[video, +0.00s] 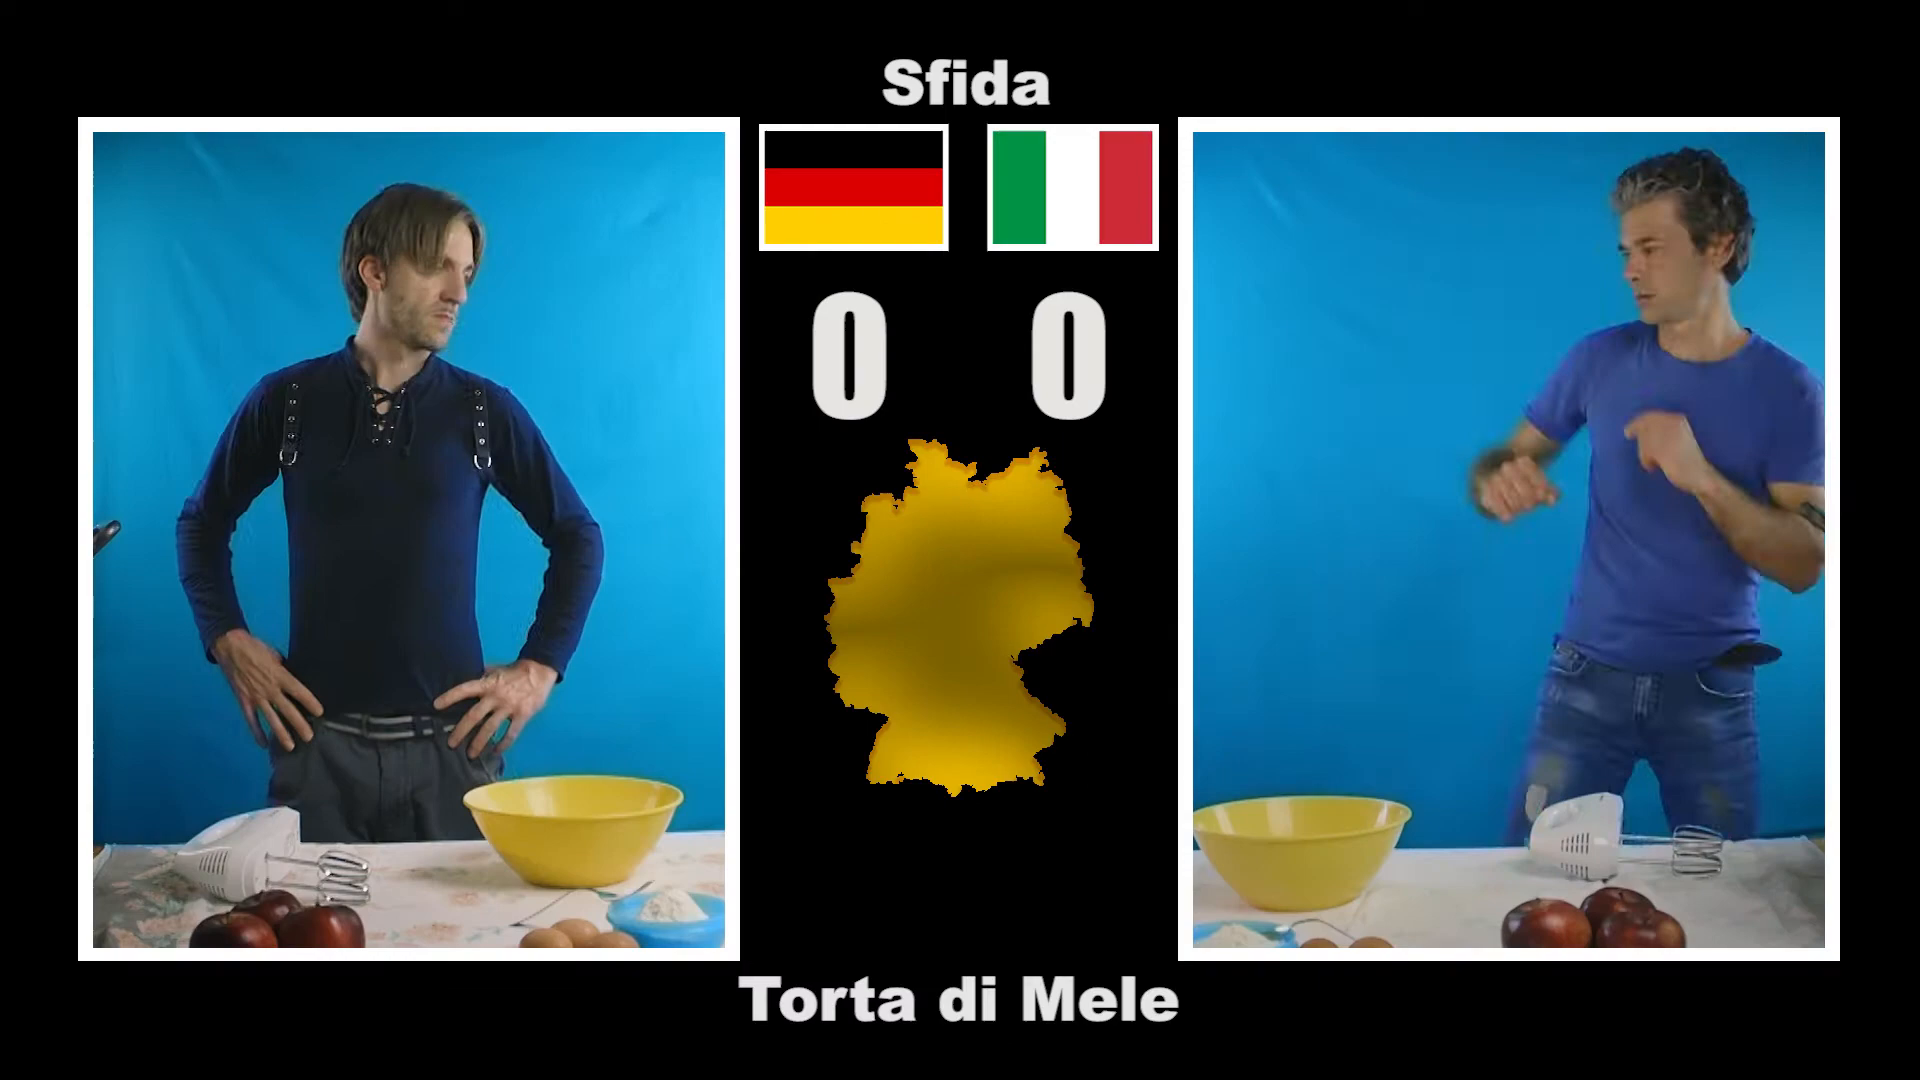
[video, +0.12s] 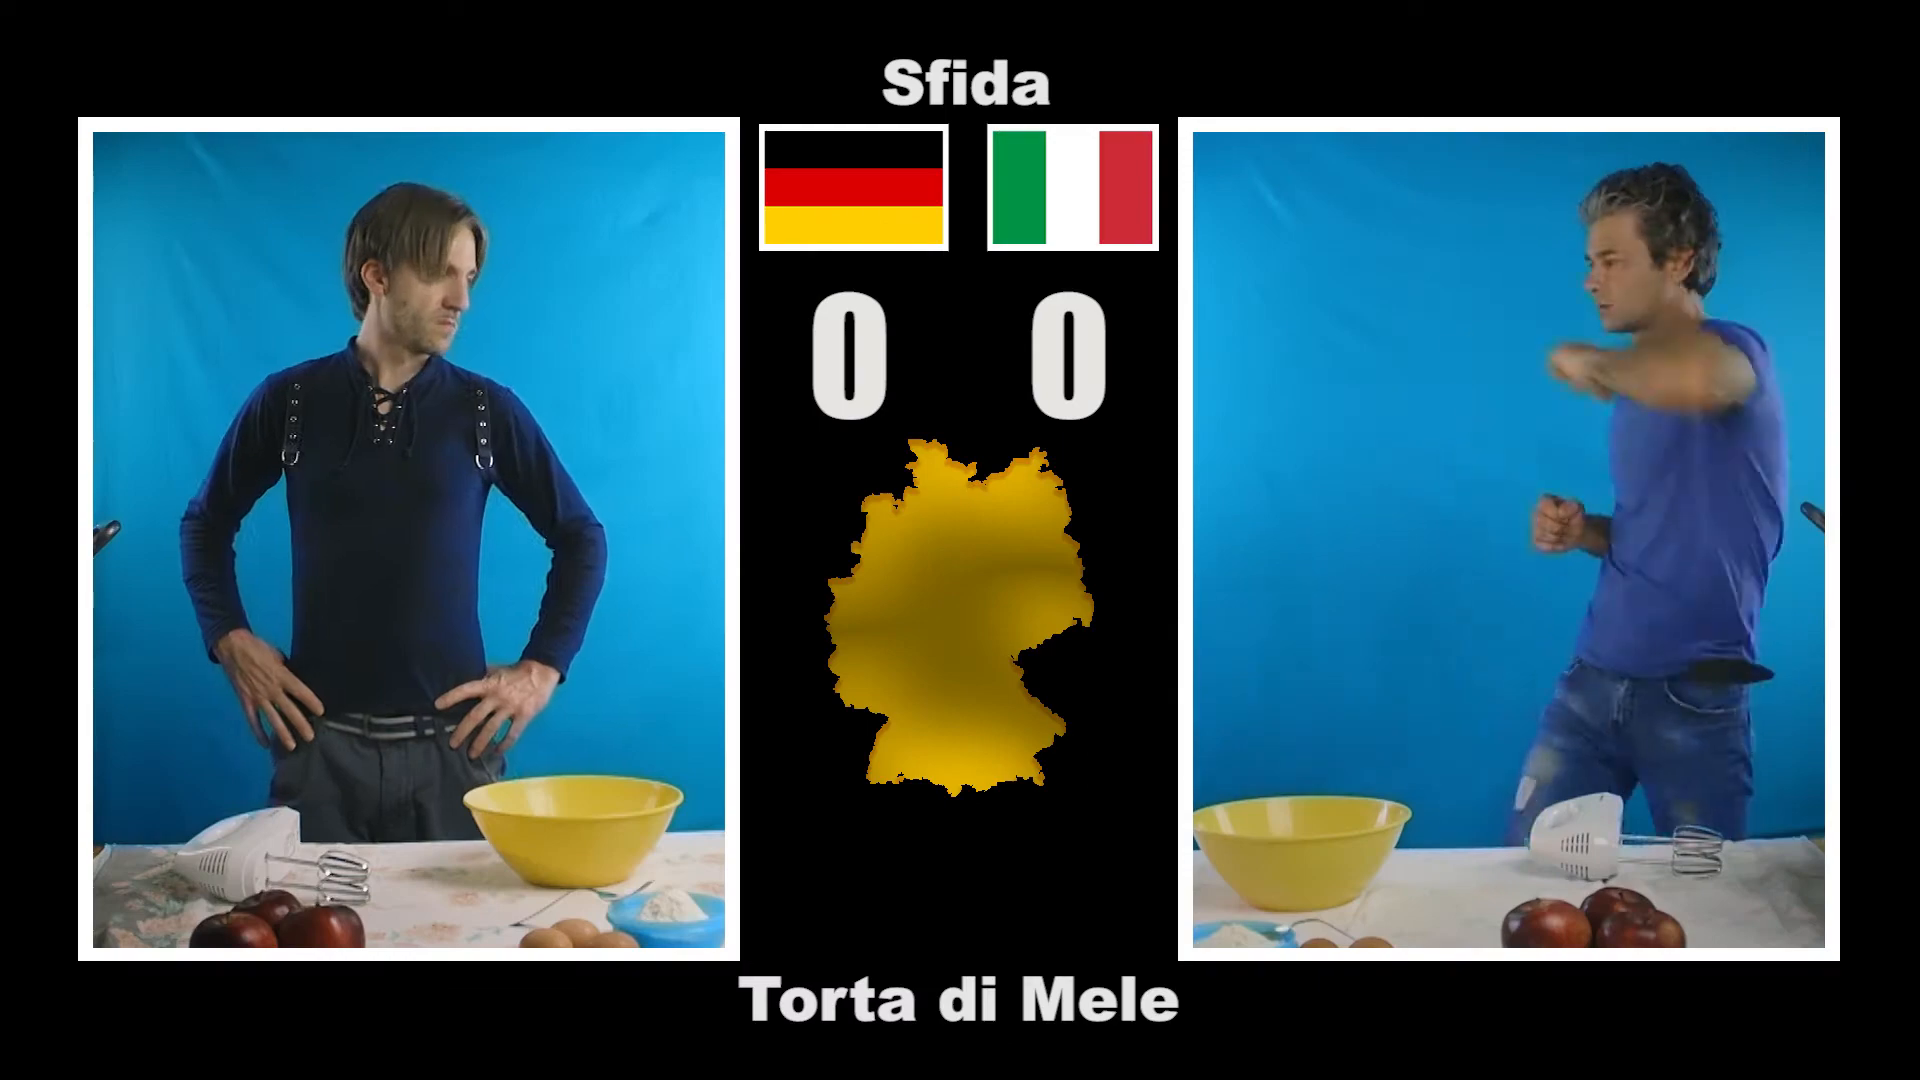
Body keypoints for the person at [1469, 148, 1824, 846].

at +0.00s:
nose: (1631, 270)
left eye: (1650, 248)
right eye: (1626, 252)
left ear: (1721, 248)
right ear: (1621, 256)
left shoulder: (1786, 389)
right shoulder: (1599, 361)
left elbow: (1801, 563)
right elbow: (1503, 461)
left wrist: (1701, 479)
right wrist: (1501, 481)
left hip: (1711, 687)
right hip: (1586, 676)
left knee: (1719, 896)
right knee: (1536, 887)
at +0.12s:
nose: (1592, 281)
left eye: (1611, 261)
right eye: (1592, 263)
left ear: (1678, 263)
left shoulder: (1734, 349)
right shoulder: (1638, 388)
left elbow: (1702, 379)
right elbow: (1662, 541)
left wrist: (1600, 367)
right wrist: (1587, 532)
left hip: (1695, 697)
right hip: (1593, 685)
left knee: (1704, 902)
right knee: (1528, 880)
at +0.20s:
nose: (1581, 290)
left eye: (1594, 264)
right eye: (1579, 268)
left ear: (1661, 267)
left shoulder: (1704, 352)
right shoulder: (1666, 383)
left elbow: (1593, 255)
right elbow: (1696, 539)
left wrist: (1435, 313)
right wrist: (1604, 529)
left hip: (1692, 708)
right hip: (1604, 692)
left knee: (1691, 916)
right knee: (1537, 891)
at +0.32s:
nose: (1576, 306)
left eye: (1587, 284)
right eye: (1574, 288)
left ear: (1649, 272)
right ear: (1651, 273)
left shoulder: (1661, 334)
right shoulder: (1742, 395)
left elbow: (1550, 358)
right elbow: (1768, 557)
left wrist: (1448, 344)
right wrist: (1627, 536)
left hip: (1678, 707)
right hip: (1612, 697)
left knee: (1671, 930)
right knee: (1553, 896)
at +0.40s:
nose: (1569, 312)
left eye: (1582, 289)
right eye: (1567, 293)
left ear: (1644, 282)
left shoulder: (1647, 356)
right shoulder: (1742, 405)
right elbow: (1766, 567)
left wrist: (1478, 418)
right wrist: (1624, 541)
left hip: (1673, 718)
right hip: (1613, 703)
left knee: (1664, 929)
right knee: (1553, 898)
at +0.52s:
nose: (1564, 310)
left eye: (1578, 288)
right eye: (1564, 291)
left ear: (1642, 284)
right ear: (1636, 287)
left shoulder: (1685, 377)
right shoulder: (1648, 394)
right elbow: (1673, 541)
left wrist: (1546, 505)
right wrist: (1595, 558)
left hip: (1686, 715)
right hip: (1612, 707)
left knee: (1680, 919)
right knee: (1553, 895)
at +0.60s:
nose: (1576, 301)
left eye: (1590, 280)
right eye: (1574, 284)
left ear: (1656, 277)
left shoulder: (1734, 374)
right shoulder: (1618, 418)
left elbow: (1770, 523)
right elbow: (1647, 561)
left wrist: (1612, 499)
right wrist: (1563, 569)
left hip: (1710, 703)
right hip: (1613, 700)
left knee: (1708, 910)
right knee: (1555, 889)